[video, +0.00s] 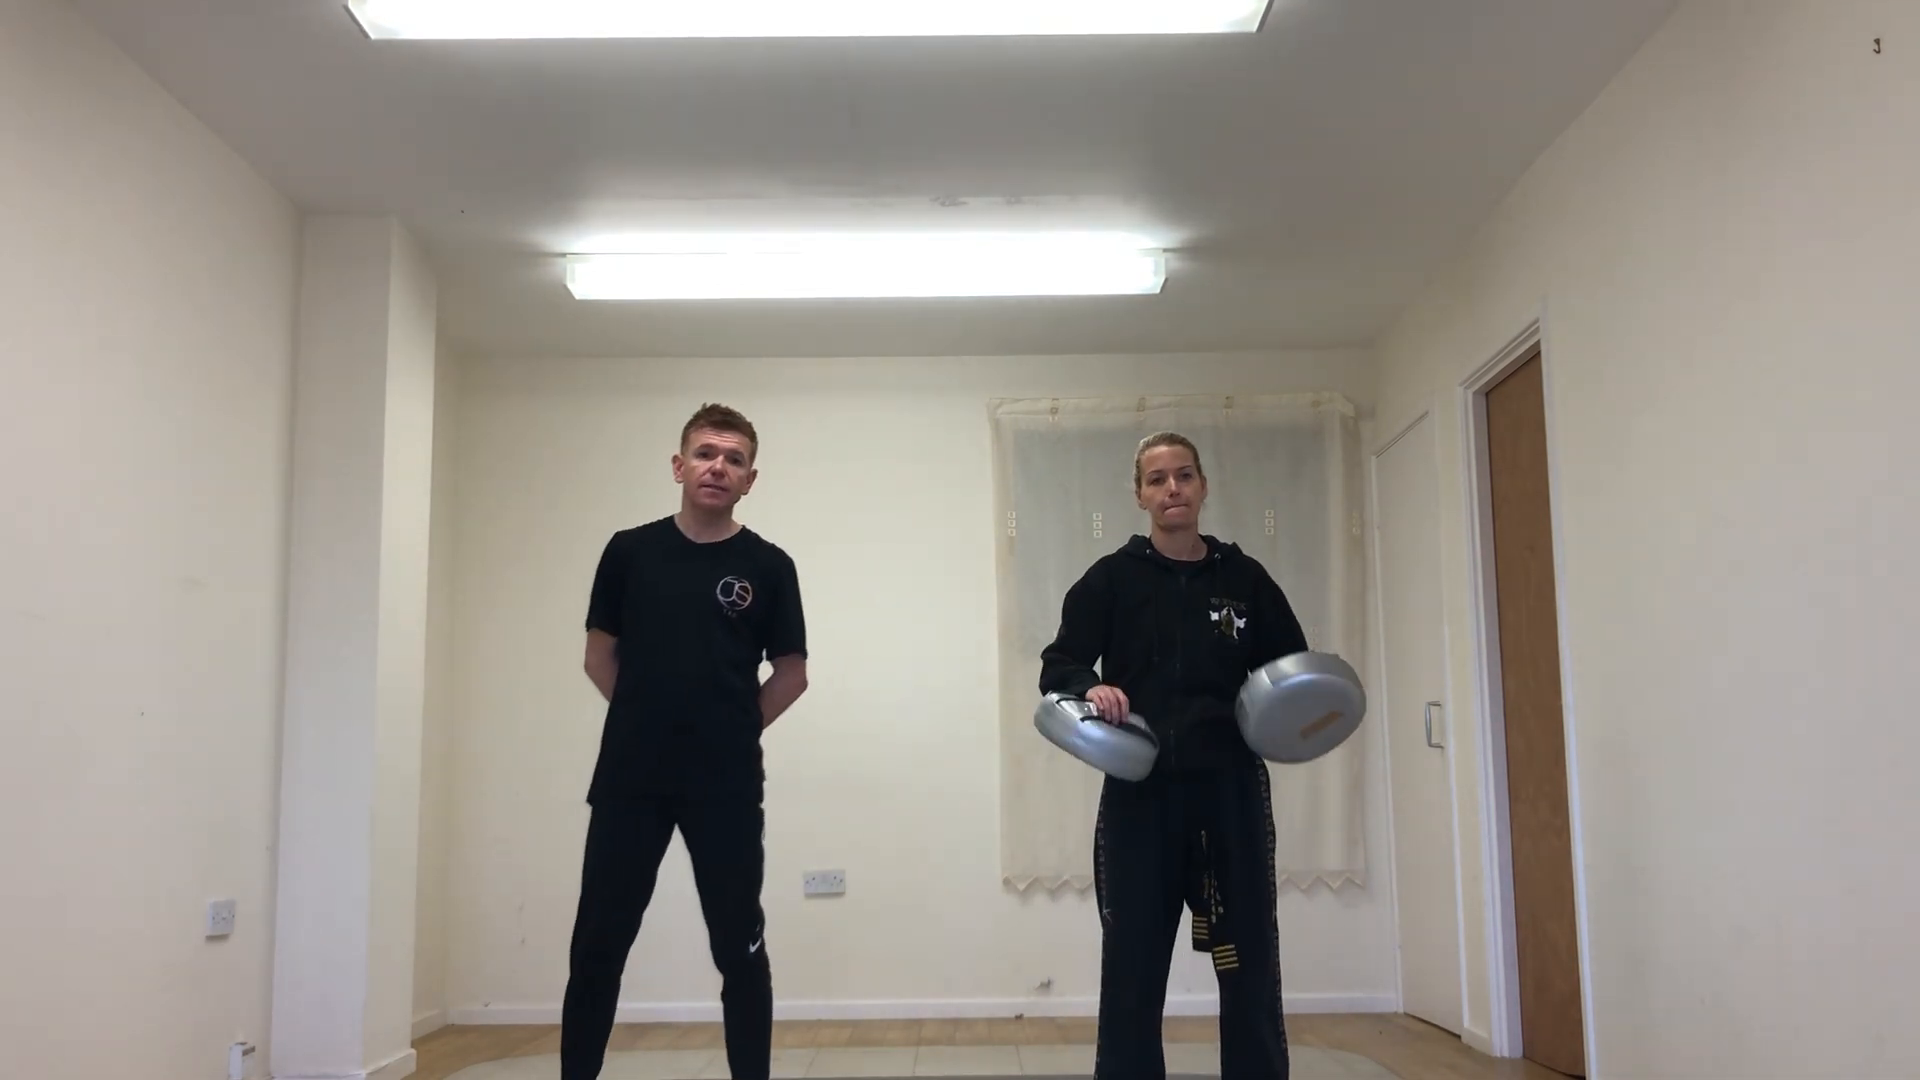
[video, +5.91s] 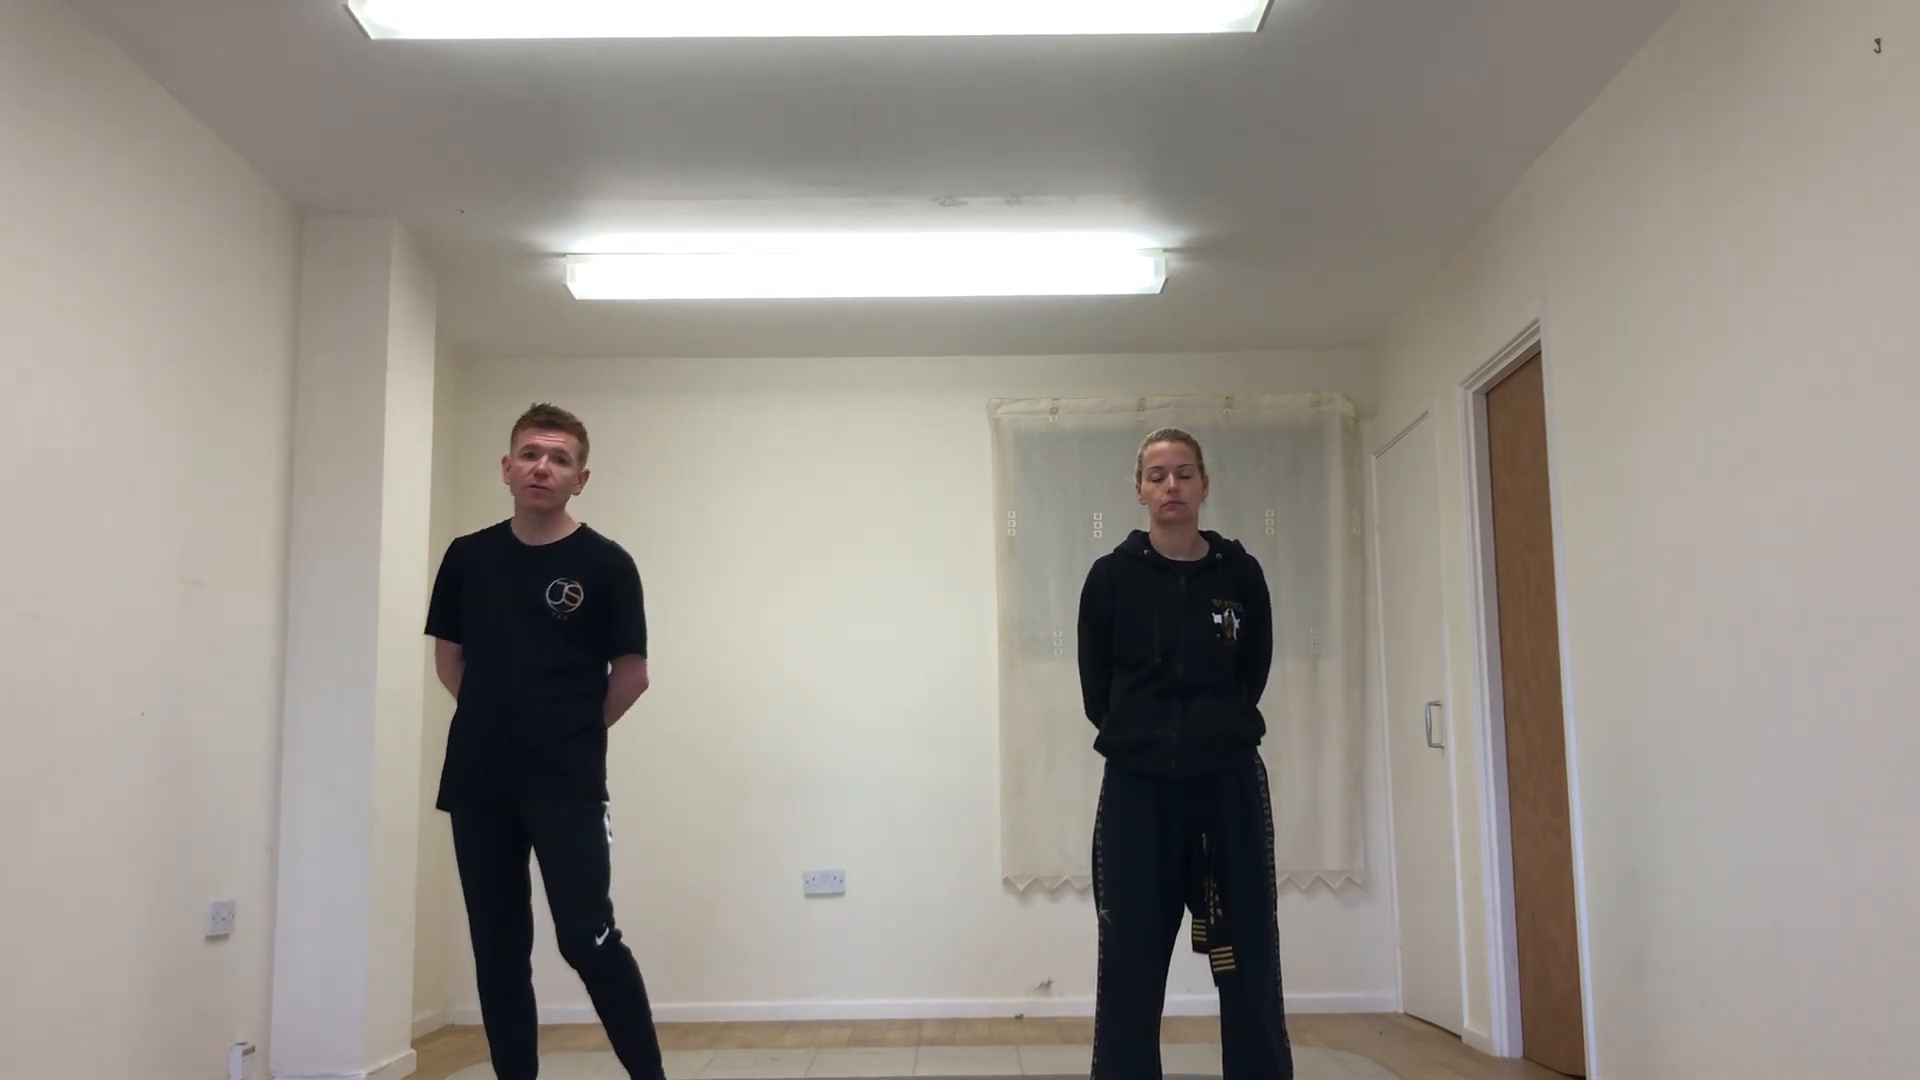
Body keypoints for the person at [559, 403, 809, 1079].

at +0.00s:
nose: (718, 467)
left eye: (734, 459)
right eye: (706, 453)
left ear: (749, 479)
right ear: (678, 464)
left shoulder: (770, 566)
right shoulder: (628, 550)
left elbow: (792, 674)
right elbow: (599, 657)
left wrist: (732, 725)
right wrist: (648, 713)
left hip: (723, 775)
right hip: (632, 769)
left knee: (740, 950)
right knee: (597, 945)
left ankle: (751, 1076)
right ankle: (576, 1075)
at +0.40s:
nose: (621, 470)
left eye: (636, 460)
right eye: (607, 458)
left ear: (656, 475)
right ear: (586, 472)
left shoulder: (687, 561)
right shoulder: (546, 555)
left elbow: (709, 669)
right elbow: (525, 662)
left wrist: (654, 721)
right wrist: (576, 714)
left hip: (647, 771)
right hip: (559, 771)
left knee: (656, 932)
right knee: (558, 945)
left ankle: (701, 1074)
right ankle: (563, 1076)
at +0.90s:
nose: (630, 478)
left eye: (632, 465)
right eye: (616, 466)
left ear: (629, 470)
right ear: (566, 472)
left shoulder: (649, 556)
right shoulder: (509, 563)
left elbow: (686, 654)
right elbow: (477, 668)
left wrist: (729, 747)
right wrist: (534, 730)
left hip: (642, 777)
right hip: (553, 781)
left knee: (648, 941)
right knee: (555, 947)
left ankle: (654, 1075)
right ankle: (562, 1075)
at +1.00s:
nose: (639, 480)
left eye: (641, 467)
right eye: (625, 467)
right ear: (574, 471)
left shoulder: (648, 557)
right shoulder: (512, 560)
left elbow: (697, 649)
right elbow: (473, 667)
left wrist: (776, 686)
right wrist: (530, 733)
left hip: (643, 778)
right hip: (554, 784)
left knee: (656, 944)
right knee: (555, 949)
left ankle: (662, 1075)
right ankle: (561, 1075)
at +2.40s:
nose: (666, 463)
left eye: (681, 454)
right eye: (653, 451)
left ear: (699, 475)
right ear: (627, 466)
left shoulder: (718, 567)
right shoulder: (575, 546)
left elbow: (730, 678)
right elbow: (538, 654)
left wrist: (669, 718)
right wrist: (588, 712)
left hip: (672, 780)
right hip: (581, 774)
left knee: (678, 954)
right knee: (554, 952)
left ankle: (678, 1077)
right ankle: (536, 1075)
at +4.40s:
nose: (634, 466)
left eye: (650, 458)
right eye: (622, 452)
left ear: (664, 477)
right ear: (592, 464)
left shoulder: (688, 562)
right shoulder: (542, 552)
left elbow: (707, 672)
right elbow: (515, 661)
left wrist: (647, 719)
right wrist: (568, 715)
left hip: (648, 777)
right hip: (557, 774)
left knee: (661, 952)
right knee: (540, 953)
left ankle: (673, 1077)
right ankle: (531, 1076)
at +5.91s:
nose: (540, 467)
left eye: (558, 458)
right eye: (529, 454)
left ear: (579, 479)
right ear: (507, 468)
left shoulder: (607, 563)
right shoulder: (466, 555)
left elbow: (631, 676)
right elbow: (449, 664)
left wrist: (574, 728)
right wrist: (502, 717)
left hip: (567, 776)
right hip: (480, 775)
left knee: (587, 940)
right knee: (499, 954)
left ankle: (649, 1075)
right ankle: (515, 1076)